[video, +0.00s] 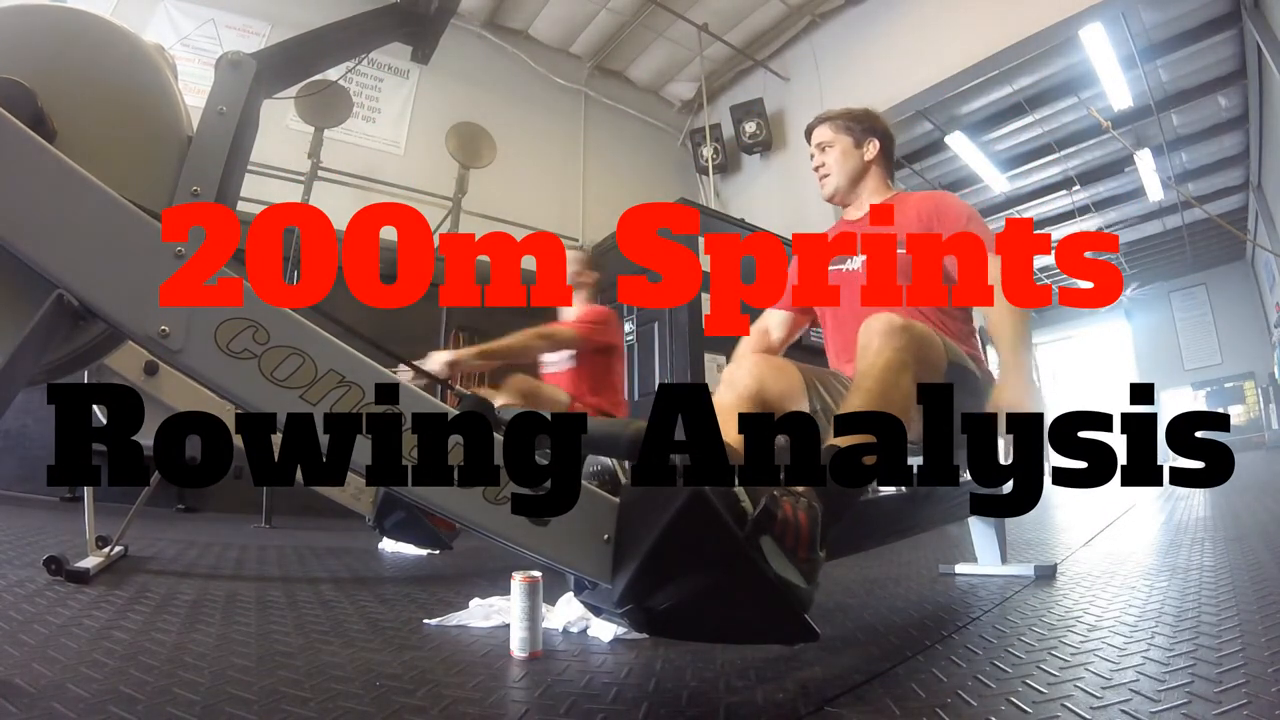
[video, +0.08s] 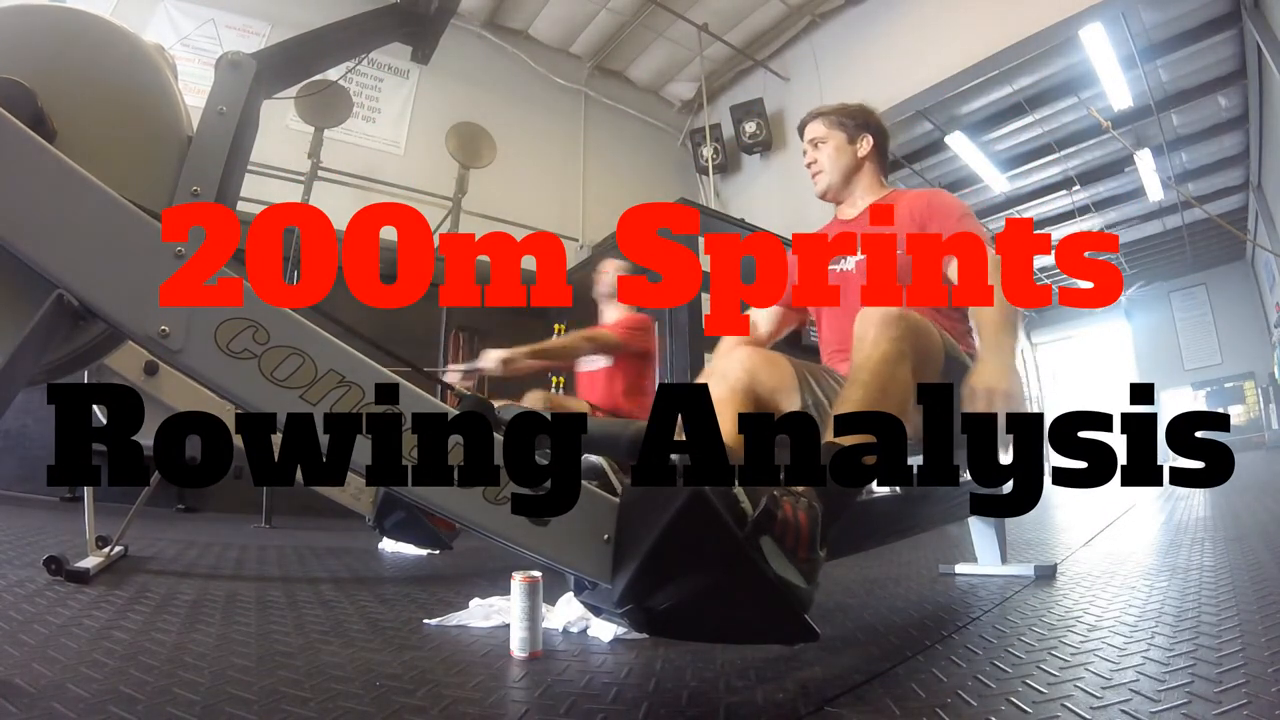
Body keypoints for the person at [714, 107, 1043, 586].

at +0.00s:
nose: (815, 162)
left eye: (826, 148)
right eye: (812, 155)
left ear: (870, 150)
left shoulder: (937, 210)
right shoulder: (820, 249)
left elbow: (999, 289)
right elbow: (768, 333)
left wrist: (1015, 381)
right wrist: (729, 388)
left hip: (954, 390)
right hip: (856, 394)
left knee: (885, 330)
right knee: (750, 370)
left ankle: (813, 506)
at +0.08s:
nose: (807, 158)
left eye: (818, 144)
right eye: (805, 151)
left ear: (863, 145)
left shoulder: (928, 207)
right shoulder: (816, 245)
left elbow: (991, 288)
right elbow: (759, 328)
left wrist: (996, 366)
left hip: (937, 391)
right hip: (840, 390)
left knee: (882, 321)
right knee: (732, 359)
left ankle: (810, 505)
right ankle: (711, 513)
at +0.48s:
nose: (763, 138)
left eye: (777, 120)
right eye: (757, 133)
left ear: (827, 125)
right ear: (760, 151)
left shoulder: (883, 180)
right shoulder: (765, 232)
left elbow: (907, 255)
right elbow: (690, 299)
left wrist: (861, 329)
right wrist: (611, 356)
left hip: (907, 382)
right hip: (815, 392)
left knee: (875, 280)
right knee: (705, 353)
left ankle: (816, 488)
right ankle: (688, 522)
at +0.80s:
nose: (706, 124)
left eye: (721, 106)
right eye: (697, 119)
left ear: (777, 110)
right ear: (698, 141)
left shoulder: (840, 162)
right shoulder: (713, 225)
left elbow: (818, 218)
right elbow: (628, 296)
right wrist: (540, 374)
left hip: (849, 394)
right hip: (759, 393)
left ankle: (818, 486)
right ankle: (524, 383)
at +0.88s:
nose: (688, 119)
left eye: (704, 100)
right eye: (679, 114)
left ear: (762, 104)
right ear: (678, 136)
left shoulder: (823, 157)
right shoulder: (699, 217)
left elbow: (795, 220)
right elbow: (616, 300)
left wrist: (692, 318)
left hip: (834, 393)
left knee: (861, 280)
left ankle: (813, 489)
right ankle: (487, 409)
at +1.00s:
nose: (678, 115)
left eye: (695, 95)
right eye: (670, 110)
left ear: (753, 101)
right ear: (669, 131)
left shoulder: (814, 155)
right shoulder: (685, 223)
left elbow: (779, 231)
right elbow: (601, 300)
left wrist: (672, 339)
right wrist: (504, 388)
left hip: (837, 395)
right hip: (746, 396)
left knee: (847, 265)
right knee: (653, 313)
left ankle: (806, 497)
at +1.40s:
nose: (712, 107)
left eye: (729, 87)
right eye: (703, 105)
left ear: (782, 99)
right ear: (704, 134)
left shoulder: (841, 151)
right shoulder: (709, 216)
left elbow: (816, 205)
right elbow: (622, 282)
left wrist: (710, 307)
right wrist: (530, 368)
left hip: (835, 390)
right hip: (744, 388)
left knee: (846, 266)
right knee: (664, 329)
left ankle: (810, 499)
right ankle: (667, 514)